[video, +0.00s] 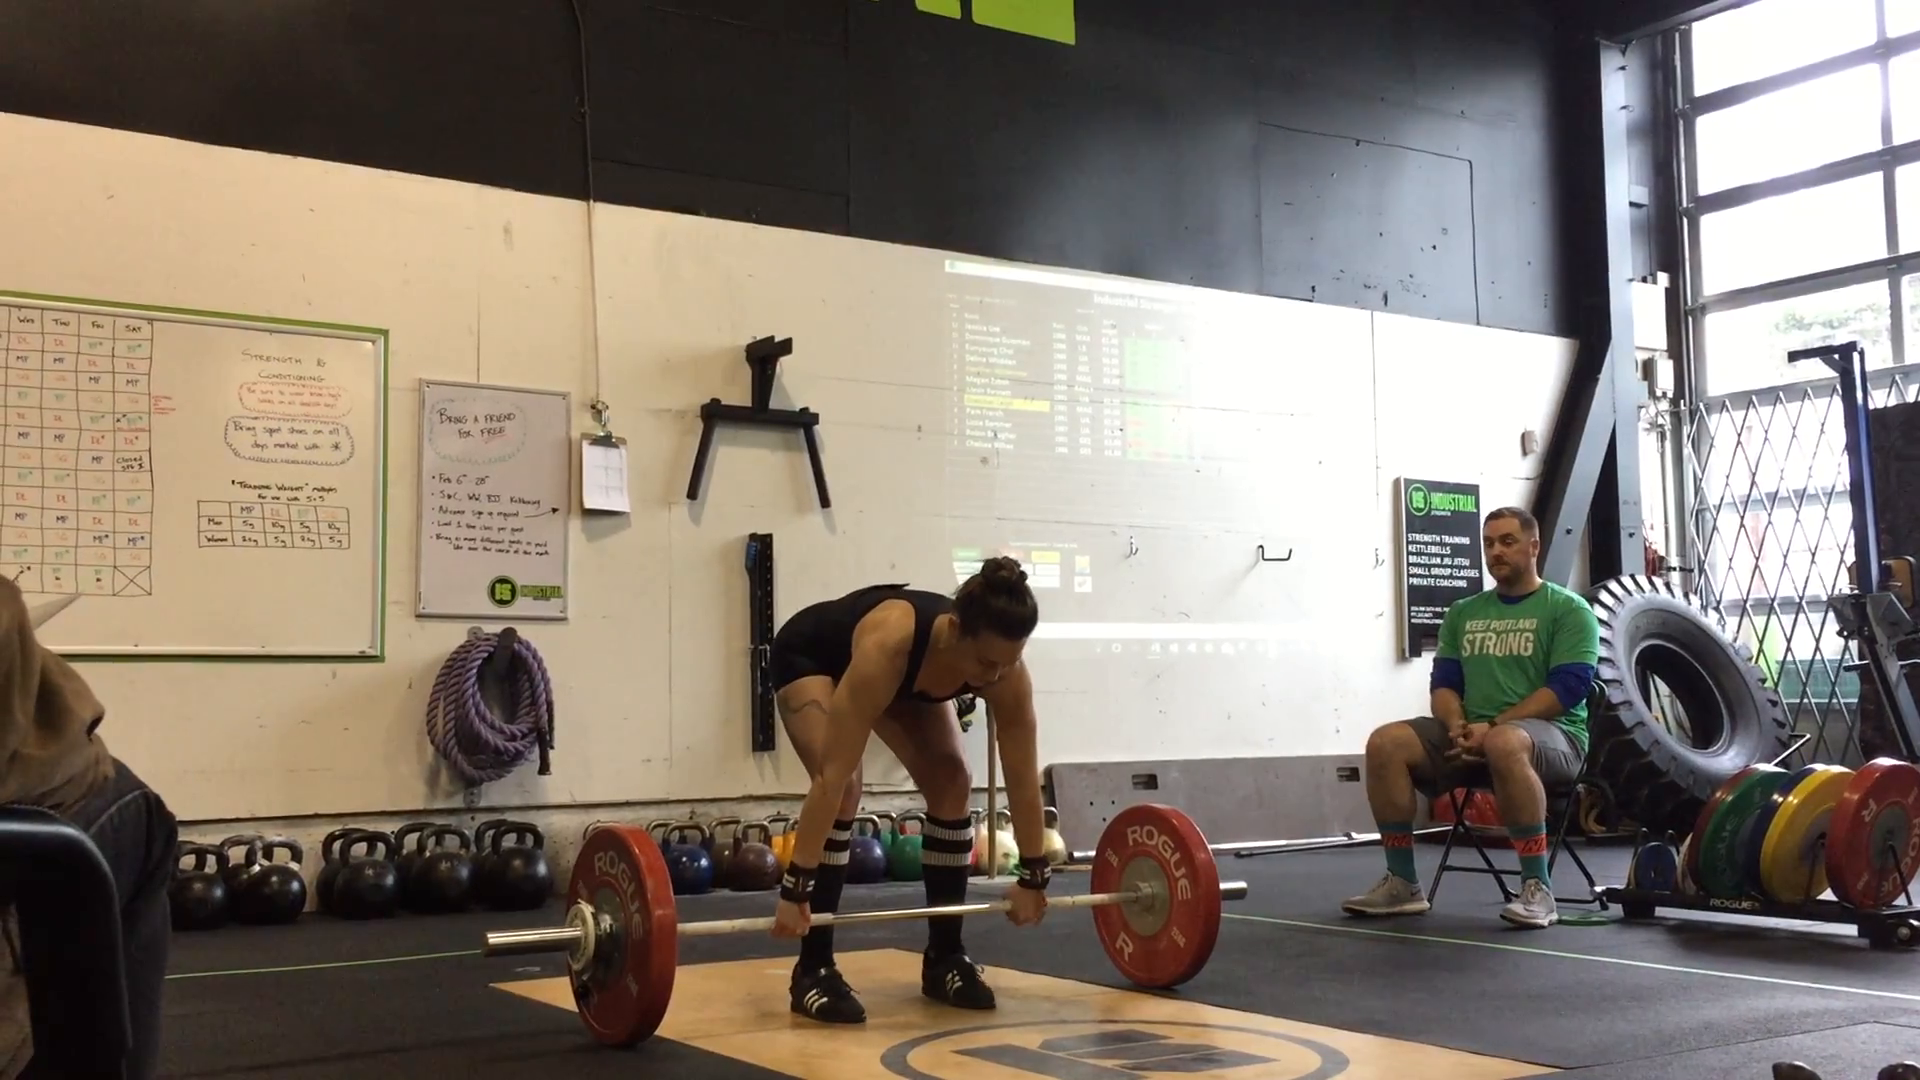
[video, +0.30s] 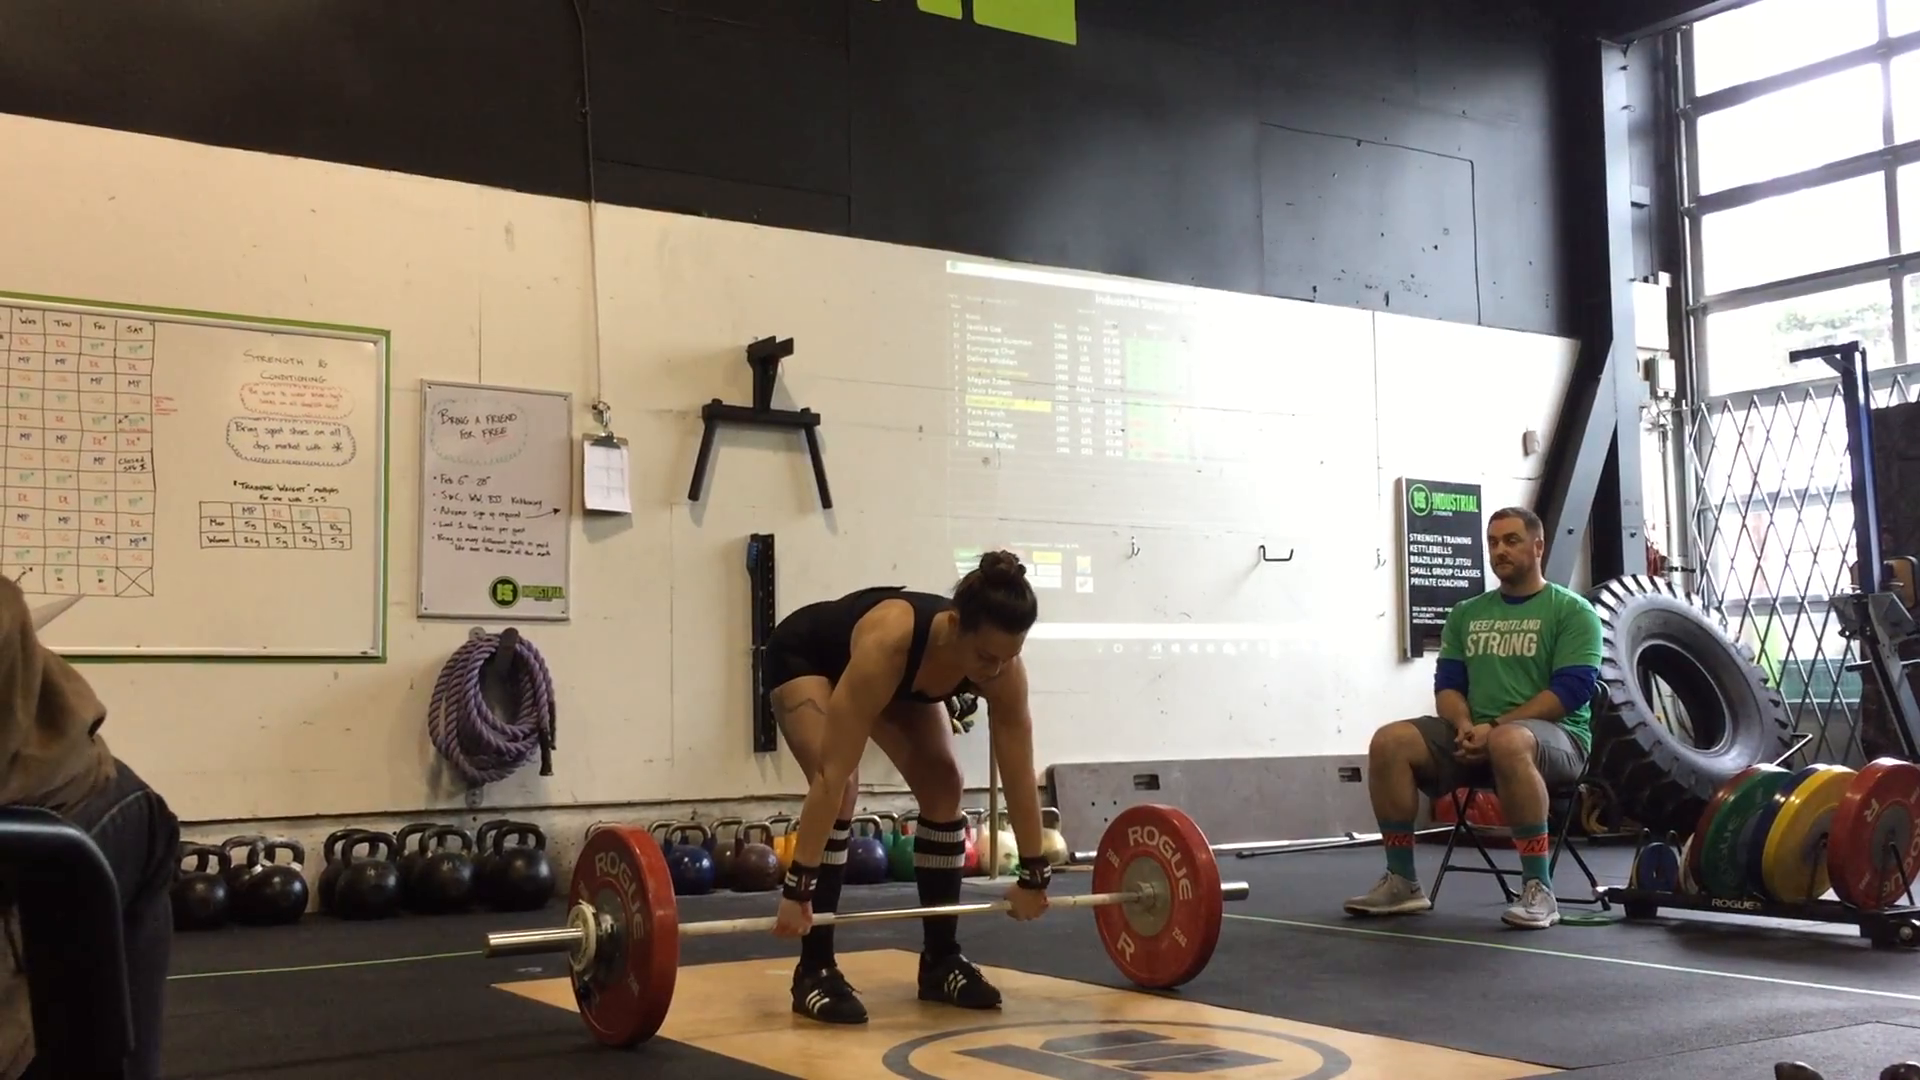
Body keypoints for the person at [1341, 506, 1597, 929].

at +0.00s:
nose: (1496, 551)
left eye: (1507, 541)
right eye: (1489, 543)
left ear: (1534, 546)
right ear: (1483, 551)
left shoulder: (1569, 609)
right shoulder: (1463, 613)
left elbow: (1569, 687)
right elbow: (1444, 684)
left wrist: (1495, 726)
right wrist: (1456, 725)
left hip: (1551, 734)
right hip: (1472, 735)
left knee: (1504, 743)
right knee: (1384, 744)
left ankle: (1536, 890)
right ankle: (1402, 884)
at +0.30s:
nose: (1499, 550)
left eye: (1511, 540)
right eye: (1493, 542)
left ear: (1539, 546)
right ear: (1487, 550)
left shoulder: (1572, 611)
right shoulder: (1465, 614)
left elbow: (1573, 690)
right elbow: (1447, 685)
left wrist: (1497, 729)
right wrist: (1462, 721)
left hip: (1554, 736)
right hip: (1474, 735)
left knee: (1509, 742)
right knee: (1388, 743)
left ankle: (1537, 891)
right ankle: (1402, 882)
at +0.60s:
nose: (1498, 554)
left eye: (1510, 544)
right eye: (1492, 545)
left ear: (1537, 549)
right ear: (1486, 552)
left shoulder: (1572, 613)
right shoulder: (1465, 615)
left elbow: (1571, 693)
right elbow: (1448, 687)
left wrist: (1496, 731)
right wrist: (1462, 724)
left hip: (1555, 737)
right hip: (1475, 737)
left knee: (1509, 743)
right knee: (1388, 745)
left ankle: (1538, 892)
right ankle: (1405, 885)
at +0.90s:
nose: (1498, 557)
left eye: (1509, 547)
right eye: (1491, 548)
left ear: (1537, 550)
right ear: (1485, 554)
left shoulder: (1572, 613)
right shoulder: (1465, 616)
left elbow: (1571, 695)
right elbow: (1448, 688)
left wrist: (1496, 732)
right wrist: (1463, 725)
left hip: (1556, 738)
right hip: (1476, 738)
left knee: (1510, 742)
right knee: (1388, 746)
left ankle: (1539, 893)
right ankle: (1406, 886)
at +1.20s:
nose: (1500, 555)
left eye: (1511, 545)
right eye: (1493, 547)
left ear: (1539, 549)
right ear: (1488, 553)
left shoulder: (1575, 612)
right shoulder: (1468, 614)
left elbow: (1575, 692)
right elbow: (1451, 688)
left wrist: (1499, 731)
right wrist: (1467, 725)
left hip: (1558, 737)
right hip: (1478, 737)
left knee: (1513, 743)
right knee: (1391, 745)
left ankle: (1541, 892)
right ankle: (1409, 885)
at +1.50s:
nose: (1503, 555)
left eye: (1514, 545)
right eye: (1497, 546)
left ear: (1542, 549)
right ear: (1491, 552)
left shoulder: (1577, 612)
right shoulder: (1470, 615)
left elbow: (1577, 693)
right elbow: (1454, 688)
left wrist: (1502, 731)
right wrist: (1469, 724)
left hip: (1561, 736)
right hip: (1482, 736)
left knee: (1516, 742)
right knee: (1394, 744)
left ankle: (1544, 892)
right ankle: (1412, 885)